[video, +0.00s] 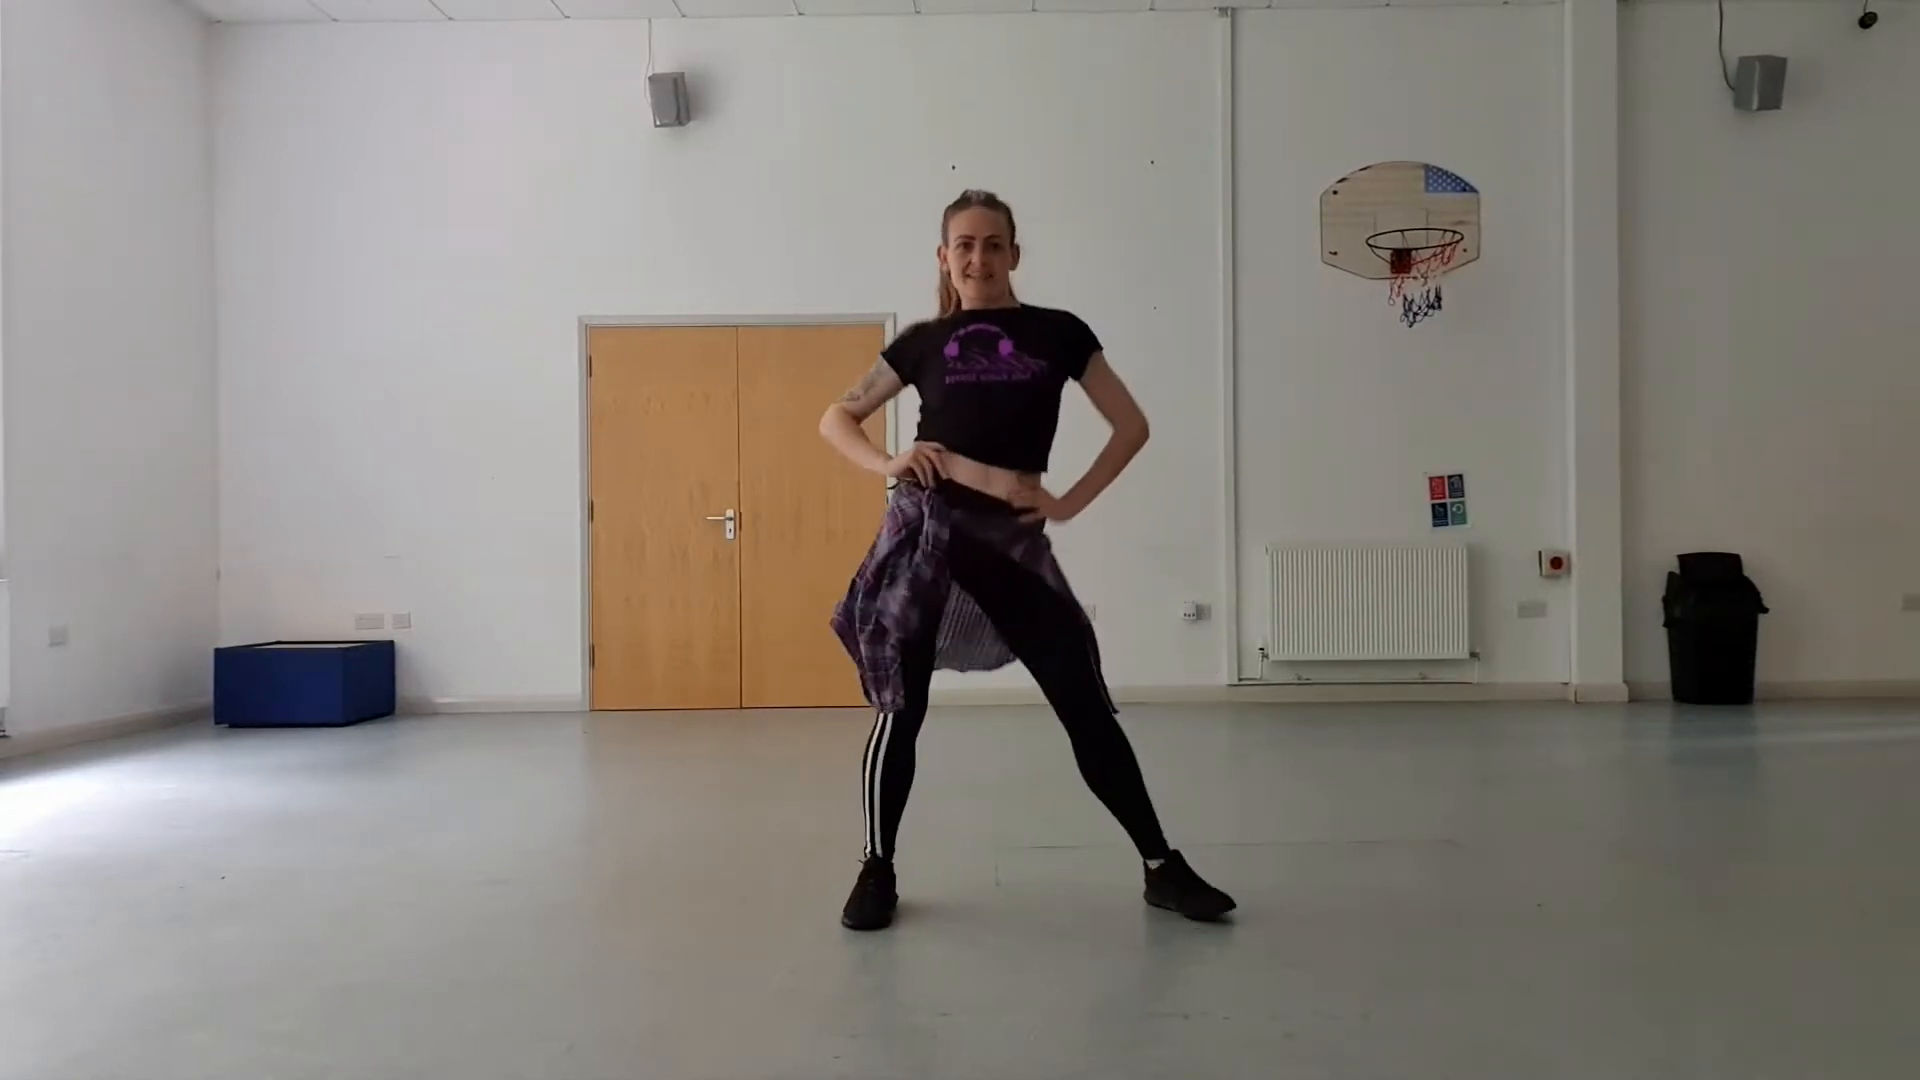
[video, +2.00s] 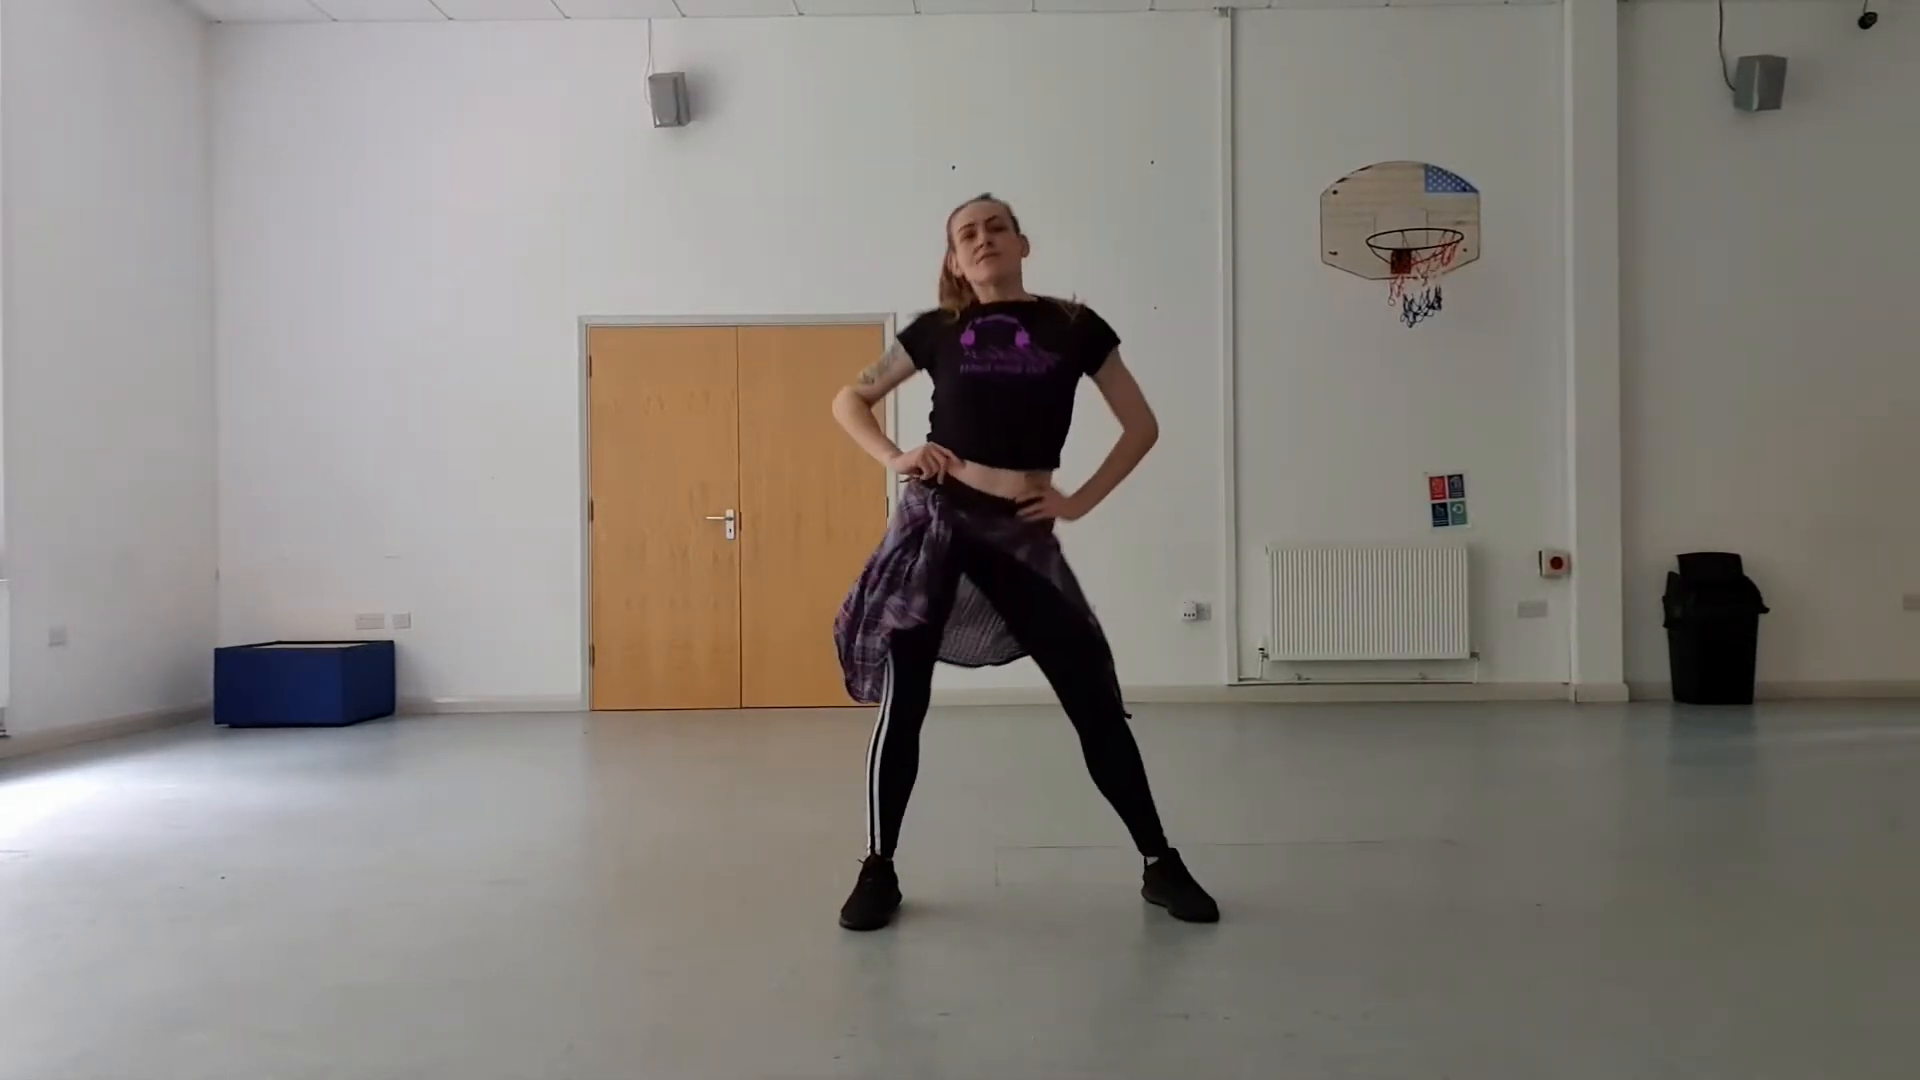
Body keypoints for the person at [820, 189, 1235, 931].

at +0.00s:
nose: (980, 256)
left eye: (993, 243)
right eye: (966, 244)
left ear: (1013, 252)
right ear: (944, 255)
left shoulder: (1058, 334)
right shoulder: (924, 342)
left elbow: (1131, 427)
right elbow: (836, 420)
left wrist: (1069, 502)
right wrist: (884, 462)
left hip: (1012, 536)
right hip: (924, 530)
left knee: (1086, 705)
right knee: (901, 704)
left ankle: (1162, 865)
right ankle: (876, 869)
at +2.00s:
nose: (984, 238)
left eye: (996, 226)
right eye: (968, 235)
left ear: (1024, 244)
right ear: (955, 264)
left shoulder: (1074, 327)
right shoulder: (938, 333)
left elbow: (1141, 426)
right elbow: (850, 402)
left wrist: (1082, 501)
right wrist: (894, 457)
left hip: (1023, 530)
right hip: (934, 521)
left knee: (1095, 700)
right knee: (905, 697)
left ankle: (1161, 864)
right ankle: (878, 868)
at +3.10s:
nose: (984, 204)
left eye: (1003, 195)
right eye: (980, 195)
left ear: (1042, 214)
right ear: (974, 213)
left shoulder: (1066, 279)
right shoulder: (961, 294)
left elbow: (1179, 306)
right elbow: (960, 392)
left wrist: (1091, 365)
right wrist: (951, 458)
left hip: (1062, 490)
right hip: (984, 501)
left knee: (1131, 672)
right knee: (974, 685)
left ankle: (1231, 836)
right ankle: (965, 853)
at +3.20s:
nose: (1013, 219)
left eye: (1028, 207)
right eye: (1007, 208)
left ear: (1064, 217)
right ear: (1000, 219)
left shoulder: (1078, 261)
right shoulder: (1005, 295)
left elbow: (1081, 230)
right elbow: (984, 283)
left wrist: (1019, 328)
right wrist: (987, 288)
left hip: (1061, 496)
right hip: (989, 502)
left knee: (1147, 683)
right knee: (988, 691)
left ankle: (1247, 860)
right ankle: (975, 854)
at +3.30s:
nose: (1043, 241)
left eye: (1064, 231)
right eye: (1036, 230)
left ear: (1097, 242)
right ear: (1027, 237)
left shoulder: (1099, 285)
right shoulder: (1052, 307)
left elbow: (1025, 273)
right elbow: (1030, 318)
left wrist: (935, 273)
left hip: (1077, 501)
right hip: (1012, 502)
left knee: (1131, 705)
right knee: (997, 698)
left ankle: (1242, 883)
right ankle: (980, 857)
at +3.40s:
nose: (1070, 254)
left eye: (1088, 241)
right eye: (1061, 244)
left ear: (1127, 246)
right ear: (1056, 251)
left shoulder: (1130, 296)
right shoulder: (1090, 313)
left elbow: (1043, 289)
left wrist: (944, 268)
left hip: (1121, 519)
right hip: (1063, 517)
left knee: (1146, 728)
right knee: (998, 695)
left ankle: (1251, 891)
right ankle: (986, 854)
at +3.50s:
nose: (1087, 259)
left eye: (1105, 245)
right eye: (1077, 247)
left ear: (1146, 254)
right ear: (1073, 259)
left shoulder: (1155, 313)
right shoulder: (1114, 341)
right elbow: (1128, 476)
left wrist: (1030, 296)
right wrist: (1029, 530)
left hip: (1179, 532)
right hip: (1122, 533)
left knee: (1186, 734)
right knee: (986, 664)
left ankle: (1260, 893)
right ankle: (1015, 837)